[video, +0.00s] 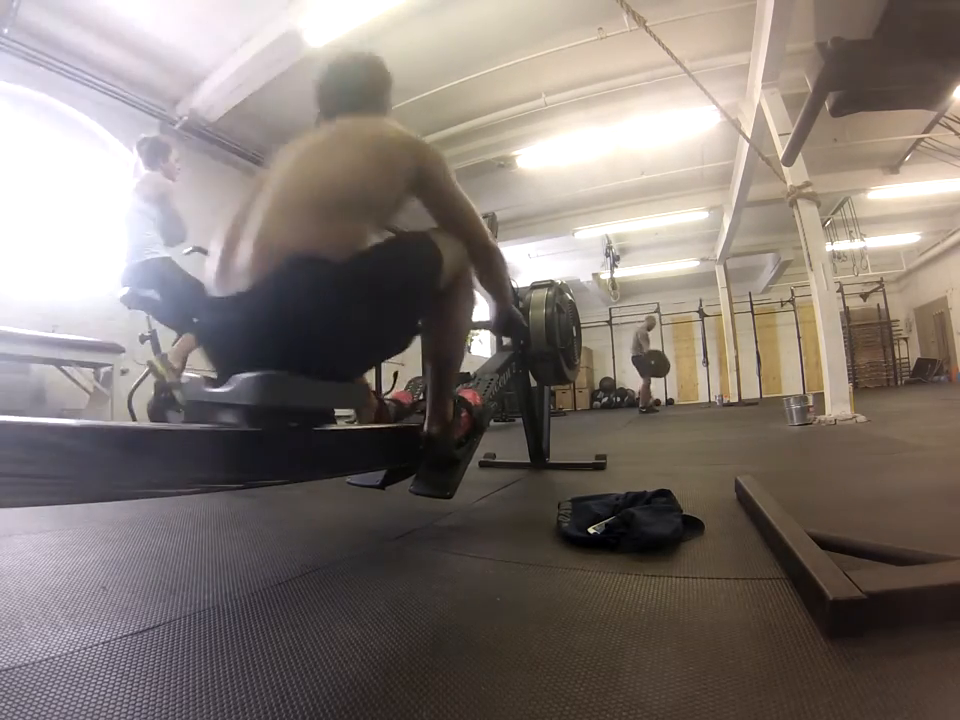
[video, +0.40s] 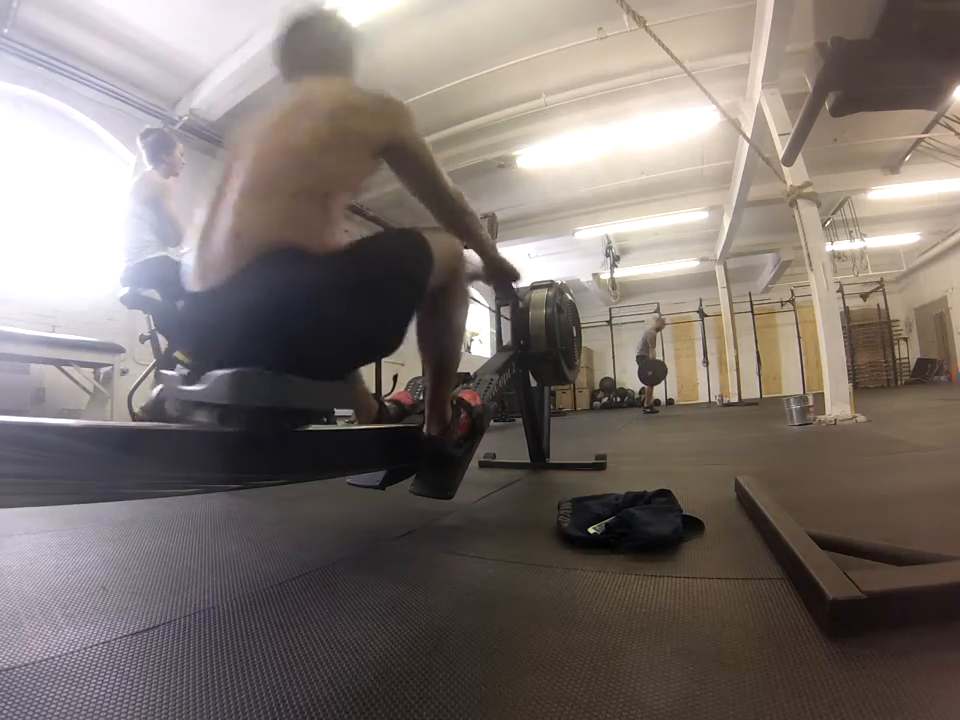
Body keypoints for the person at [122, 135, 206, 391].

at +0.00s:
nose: (178, 166)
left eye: (178, 160)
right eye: (174, 160)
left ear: (148, 160)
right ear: (161, 161)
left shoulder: (138, 185)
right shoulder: (160, 183)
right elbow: (177, 235)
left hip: (132, 270)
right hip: (154, 263)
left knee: (187, 325)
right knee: (209, 307)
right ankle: (175, 357)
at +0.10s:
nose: (178, 165)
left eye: (177, 158)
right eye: (174, 159)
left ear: (151, 159)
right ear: (161, 159)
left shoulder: (138, 184)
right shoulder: (158, 183)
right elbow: (176, 234)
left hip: (132, 270)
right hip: (154, 265)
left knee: (182, 332)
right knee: (220, 304)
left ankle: (178, 390)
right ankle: (177, 350)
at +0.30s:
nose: (182, 163)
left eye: (181, 156)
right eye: (178, 156)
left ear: (157, 157)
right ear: (163, 156)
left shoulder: (139, 182)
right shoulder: (158, 183)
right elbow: (177, 235)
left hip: (132, 270)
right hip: (153, 266)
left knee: (176, 337)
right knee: (222, 283)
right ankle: (189, 342)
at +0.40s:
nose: (183, 161)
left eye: (182, 155)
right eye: (180, 155)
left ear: (163, 157)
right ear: (165, 156)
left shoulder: (143, 181)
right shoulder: (156, 183)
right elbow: (175, 236)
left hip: (134, 267)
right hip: (151, 265)